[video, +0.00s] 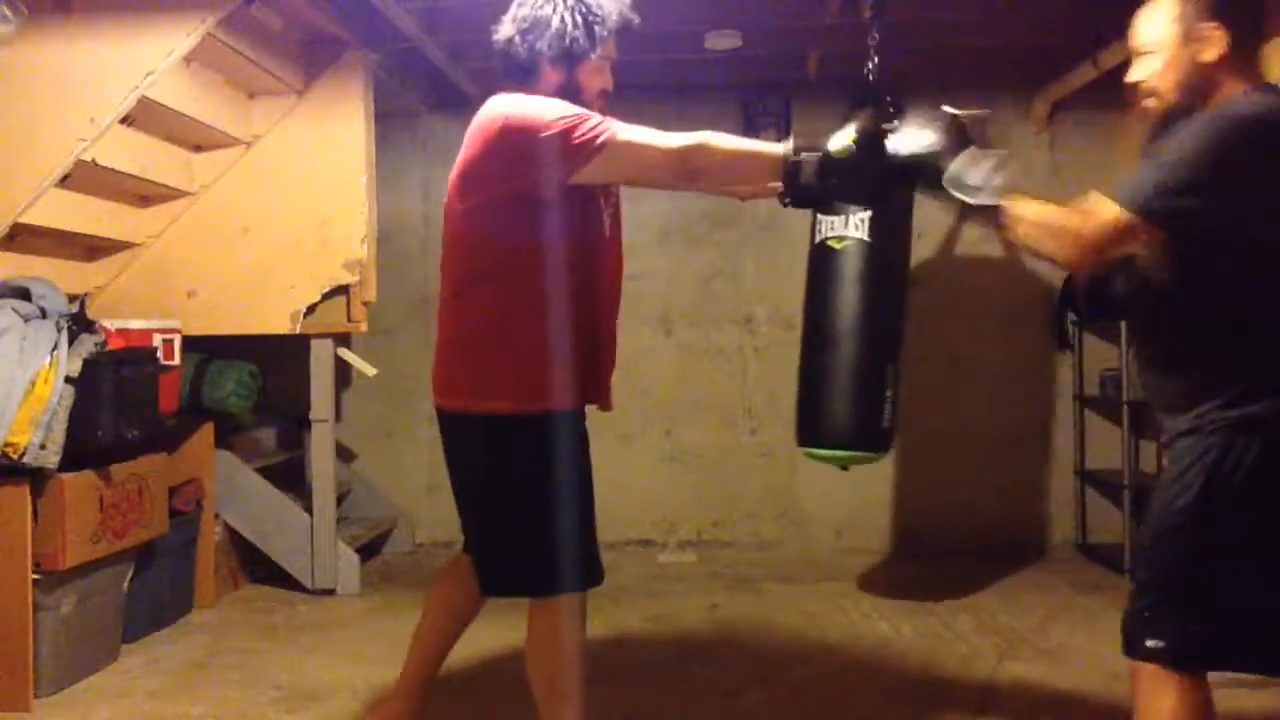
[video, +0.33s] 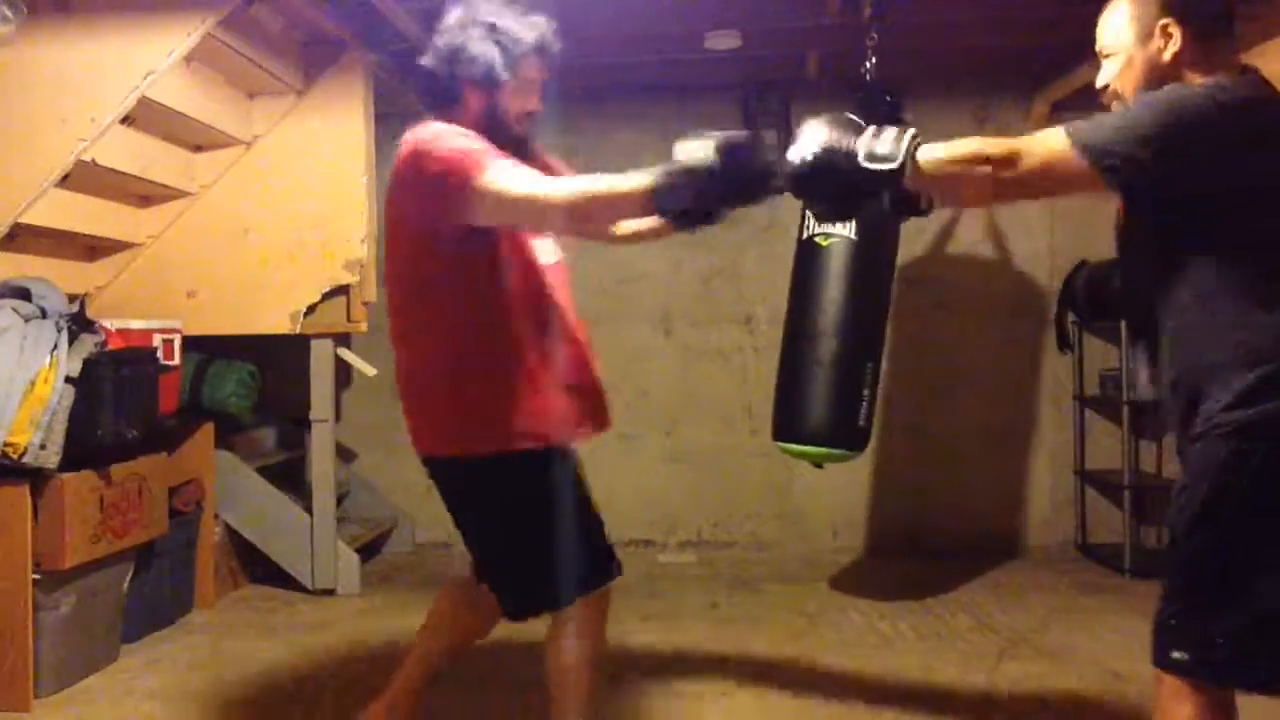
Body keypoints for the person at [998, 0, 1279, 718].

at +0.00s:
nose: (1133, 75)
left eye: (1146, 54)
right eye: (1134, 57)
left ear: (1210, 44)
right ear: (1208, 48)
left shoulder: (1230, 129)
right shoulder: (1244, 123)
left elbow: (1080, 240)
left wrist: (993, 192)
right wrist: (1022, 212)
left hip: (1229, 429)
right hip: (1238, 423)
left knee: (1160, 647)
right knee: (1172, 644)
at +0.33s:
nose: (1103, 82)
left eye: (1110, 58)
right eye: (1101, 62)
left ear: (1168, 39)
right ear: (1175, 40)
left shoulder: (1194, 113)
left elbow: (1012, 163)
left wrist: (877, 158)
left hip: (1248, 431)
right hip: (1259, 424)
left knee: (1189, 664)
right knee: (1209, 657)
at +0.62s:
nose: (1184, 51)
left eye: (1198, 25)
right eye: (1184, 30)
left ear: (1266, 19)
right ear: (1260, 25)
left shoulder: (1267, 135)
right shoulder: (1256, 134)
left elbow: (1263, 292)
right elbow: (1242, 285)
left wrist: (1116, 313)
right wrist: (1125, 319)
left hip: (1269, 441)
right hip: (1255, 436)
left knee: (1220, 676)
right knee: (1231, 673)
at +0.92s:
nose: (1261, 49)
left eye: (1269, 33)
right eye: (1259, 38)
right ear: (1262, 57)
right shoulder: (1276, 169)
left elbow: (1272, 297)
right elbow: (1266, 296)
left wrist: (1225, 293)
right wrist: (1205, 294)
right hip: (1276, 457)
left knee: (1226, 654)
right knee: (1230, 654)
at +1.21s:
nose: (1175, 37)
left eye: (1192, 11)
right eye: (1177, 16)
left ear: (1260, 12)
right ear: (1255, 19)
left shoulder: (1253, 115)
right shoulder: (1254, 112)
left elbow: (1129, 268)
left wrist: (1088, 125)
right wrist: (1174, 108)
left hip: (1258, 453)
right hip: (1256, 446)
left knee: (1173, 681)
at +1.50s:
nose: (1072, 17)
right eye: (1074, 1)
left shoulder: (1127, 94)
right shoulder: (1262, 77)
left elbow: (1003, 258)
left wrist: (975, 104)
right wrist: (1070, 94)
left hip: (1174, 462)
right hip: (1259, 450)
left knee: (1148, 689)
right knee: (1219, 687)